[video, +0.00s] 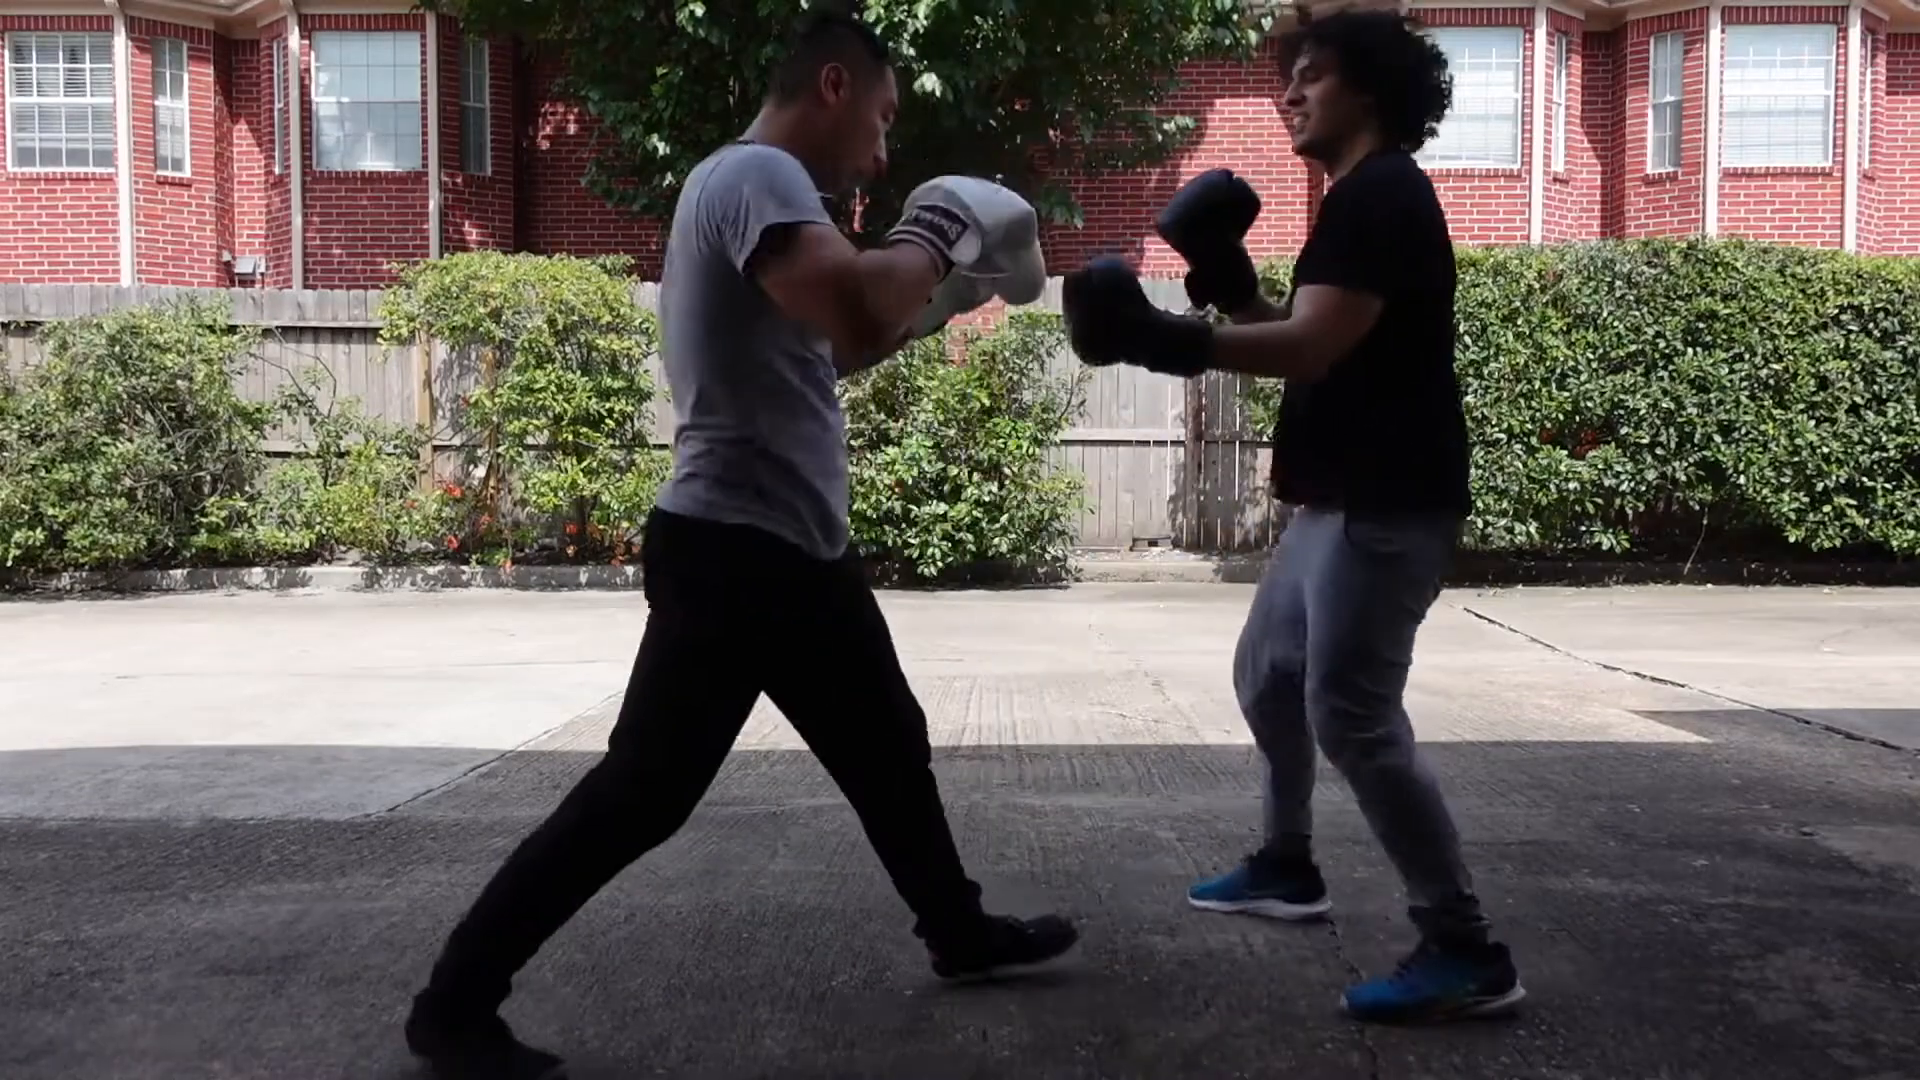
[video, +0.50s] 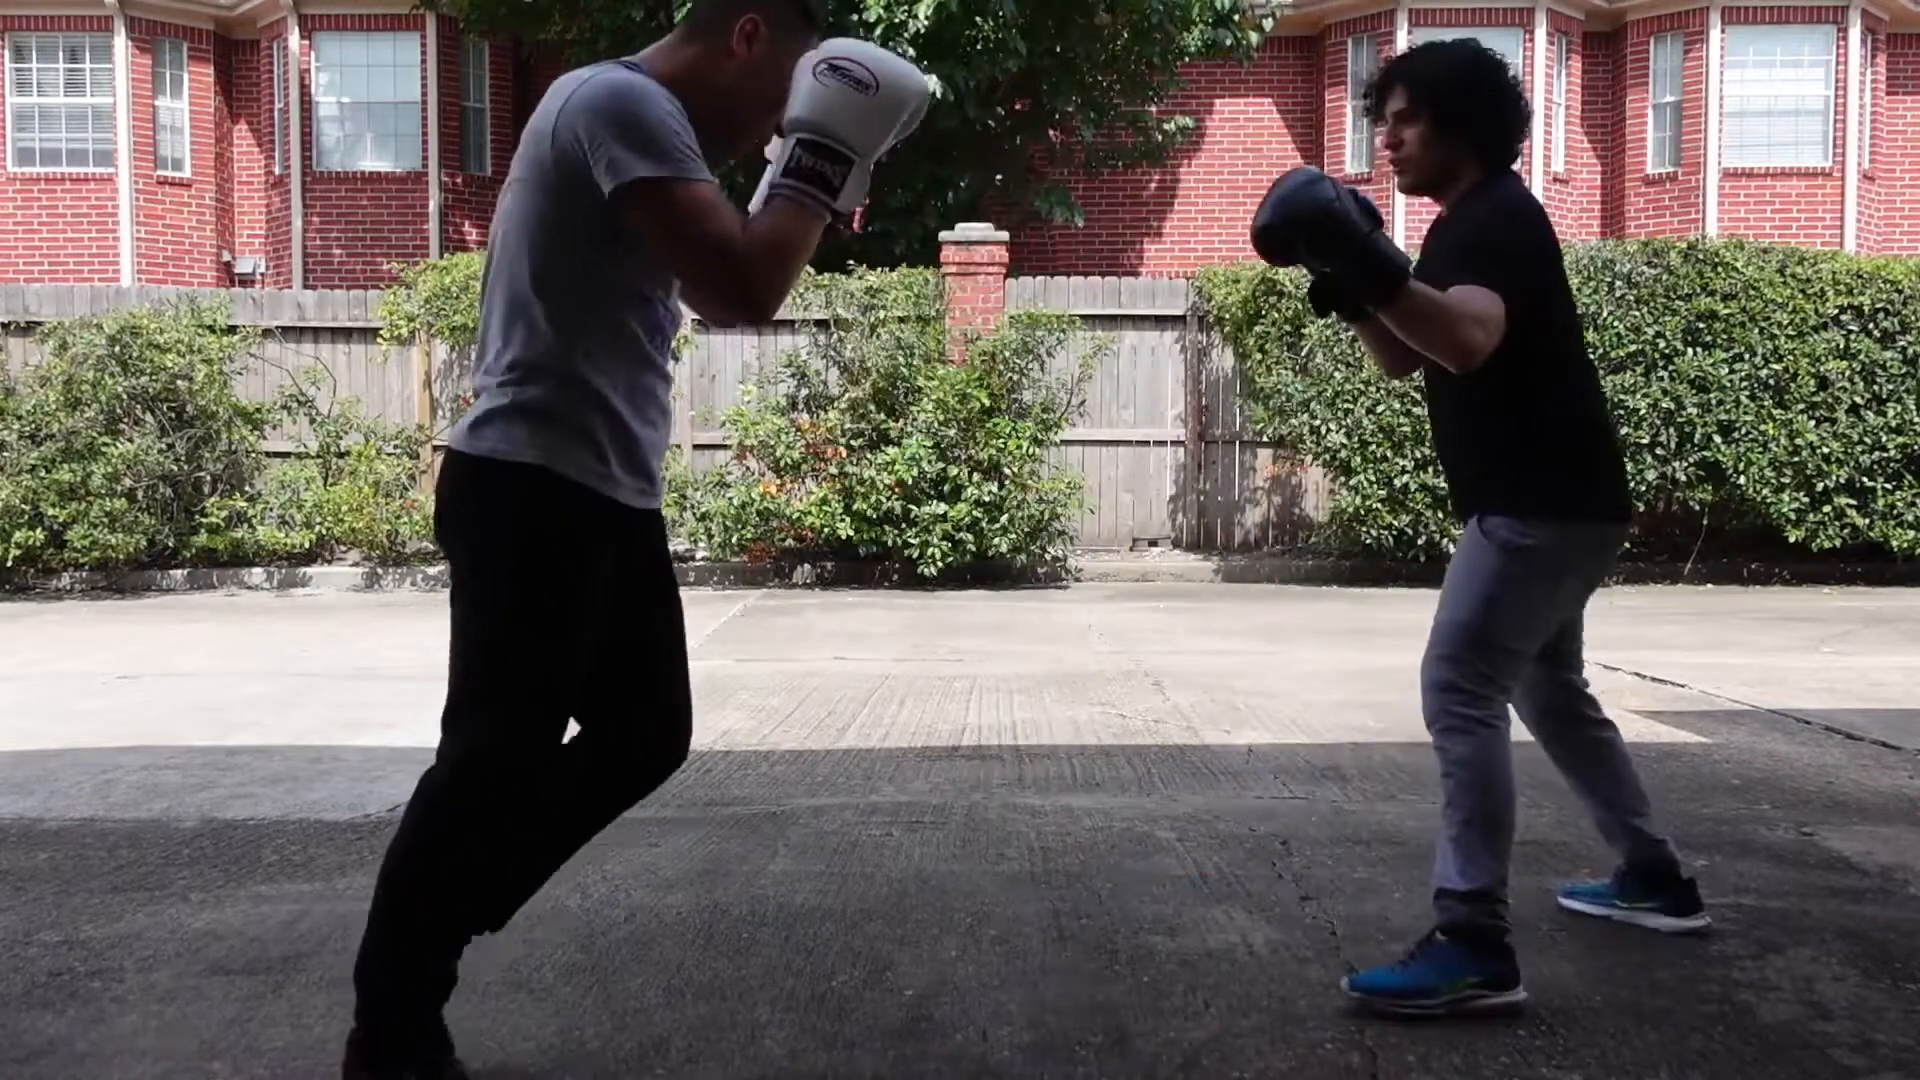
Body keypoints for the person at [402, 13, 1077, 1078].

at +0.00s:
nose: (884, 147)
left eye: (891, 124)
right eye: (884, 116)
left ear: (812, 84)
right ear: (832, 84)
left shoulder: (755, 195)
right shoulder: (754, 173)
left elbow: (850, 346)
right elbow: (846, 306)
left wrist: (956, 277)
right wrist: (940, 225)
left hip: (788, 550)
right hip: (737, 547)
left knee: (889, 752)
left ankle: (962, 932)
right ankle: (456, 1001)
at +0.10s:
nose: (865, 124)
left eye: (875, 109)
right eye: (871, 101)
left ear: (802, 60)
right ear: (819, 57)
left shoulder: (739, 159)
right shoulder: (711, 131)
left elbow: (800, 317)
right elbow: (807, 288)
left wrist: (920, 249)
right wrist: (888, 183)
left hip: (703, 513)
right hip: (634, 507)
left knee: (790, 731)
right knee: (578, 766)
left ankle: (821, 950)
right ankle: (447, 1011)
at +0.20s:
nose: (847, 81)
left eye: (857, 61)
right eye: (854, 53)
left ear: (783, 26)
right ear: (806, 20)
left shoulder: (733, 135)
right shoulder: (672, 80)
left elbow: (805, 274)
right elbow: (790, 247)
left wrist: (904, 171)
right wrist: (860, 125)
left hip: (657, 477)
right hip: (568, 456)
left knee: (695, 712)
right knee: (542, 733)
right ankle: (440, 996)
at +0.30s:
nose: (802, 88)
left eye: (815, 67)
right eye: (807, 60)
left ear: (756, 30)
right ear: (760, 26)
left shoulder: (703, 149)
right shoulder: (627, 98)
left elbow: (789, 286)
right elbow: (765, 258)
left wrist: (866, 173)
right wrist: (824, 125)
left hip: (621, 499)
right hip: (543, 479)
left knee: (572, 758)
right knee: (497, 749)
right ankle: (382, 1027)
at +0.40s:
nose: (774, 120)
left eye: (784, 101)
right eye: (781, 91)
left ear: (730, 51)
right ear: (739, 55)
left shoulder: (653, 158)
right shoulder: (600, 131)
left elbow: (764, 315)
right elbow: (742, 301)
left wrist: (830, 184)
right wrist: (799, 159)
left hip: (580, 521)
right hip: (527, 511)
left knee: (529, 778)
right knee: (507, 779)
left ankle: (317, 967)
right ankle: (383, 1039)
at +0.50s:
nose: (784, 99)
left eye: (793, 82)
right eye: (791, 72)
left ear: (724, 35)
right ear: (748, 35)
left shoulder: (646, 127)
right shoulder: (613, 101)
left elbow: (733, 296)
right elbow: (748, 280)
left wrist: (811, 197)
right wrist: (818, 152)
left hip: (604, 495)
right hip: (531, 485)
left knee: (646, 733)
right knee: (493, 754)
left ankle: (437, 928)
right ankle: (391, 1035)